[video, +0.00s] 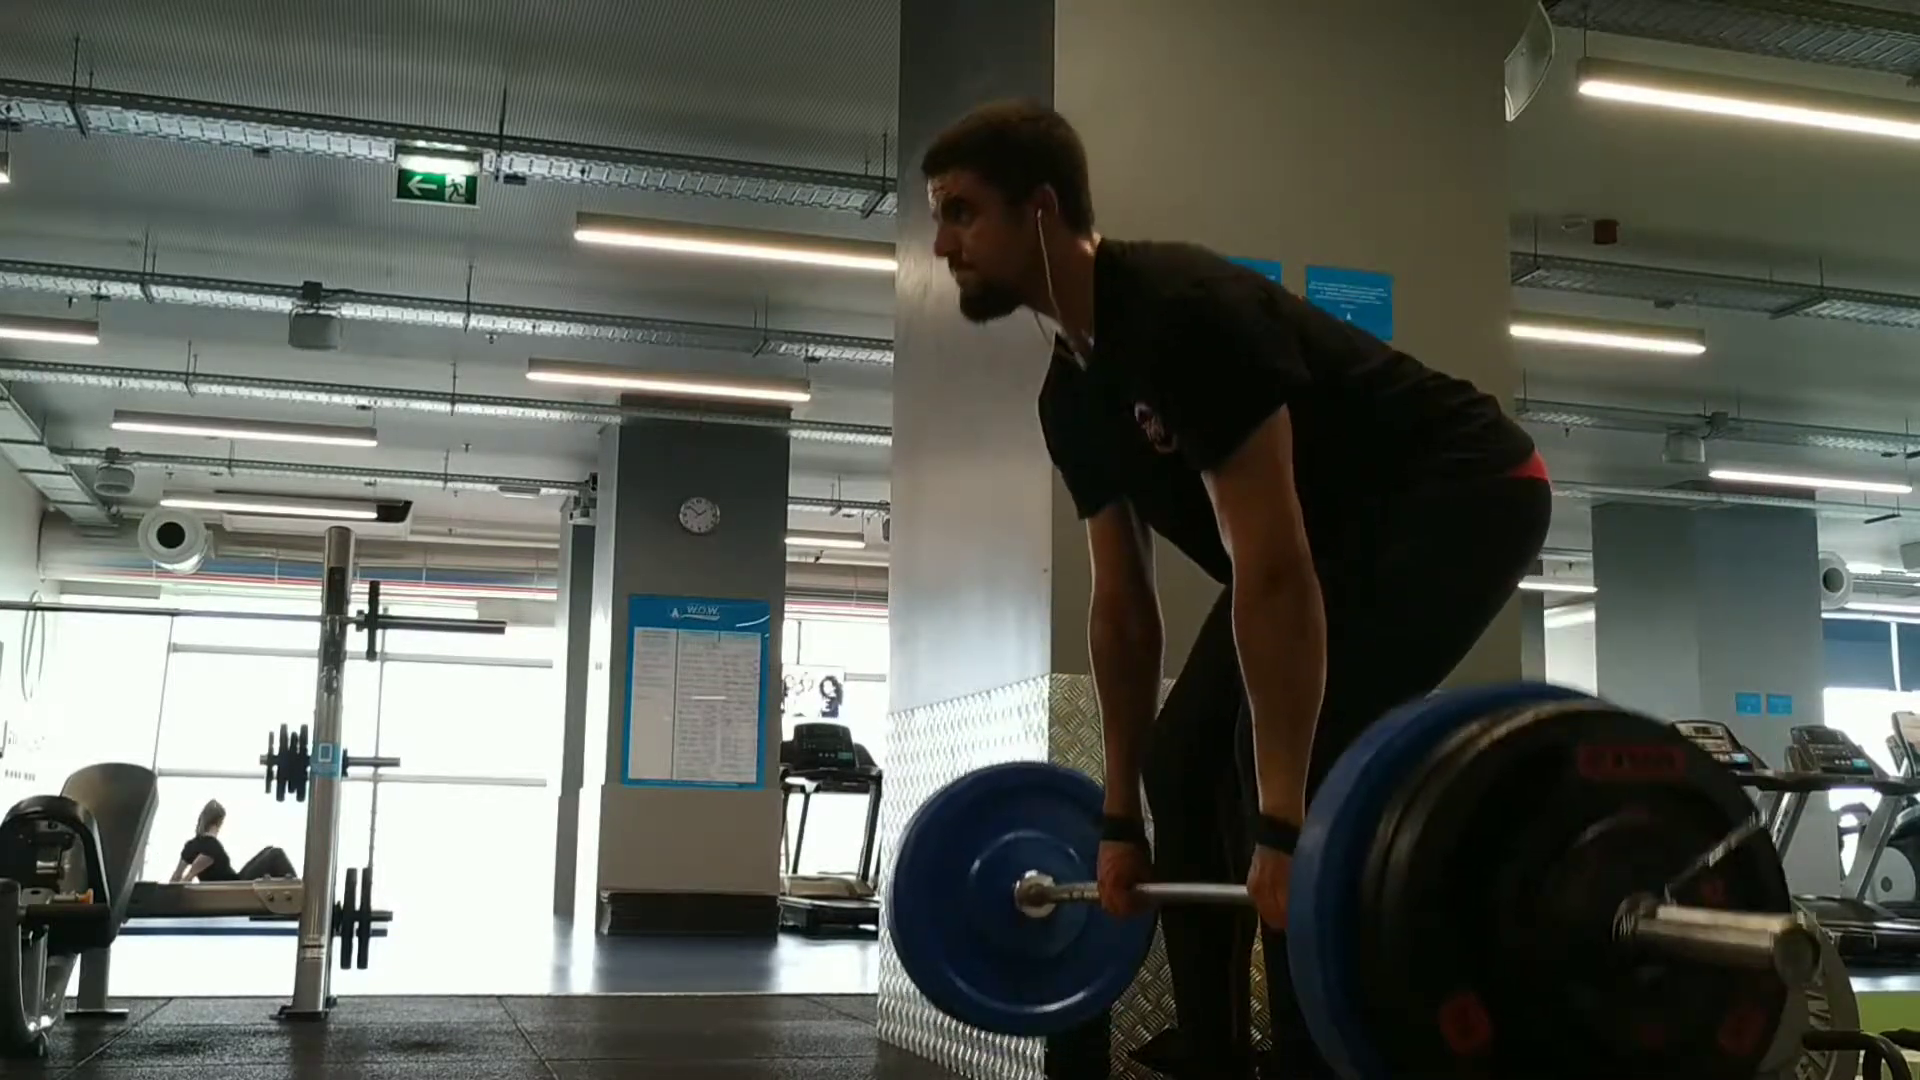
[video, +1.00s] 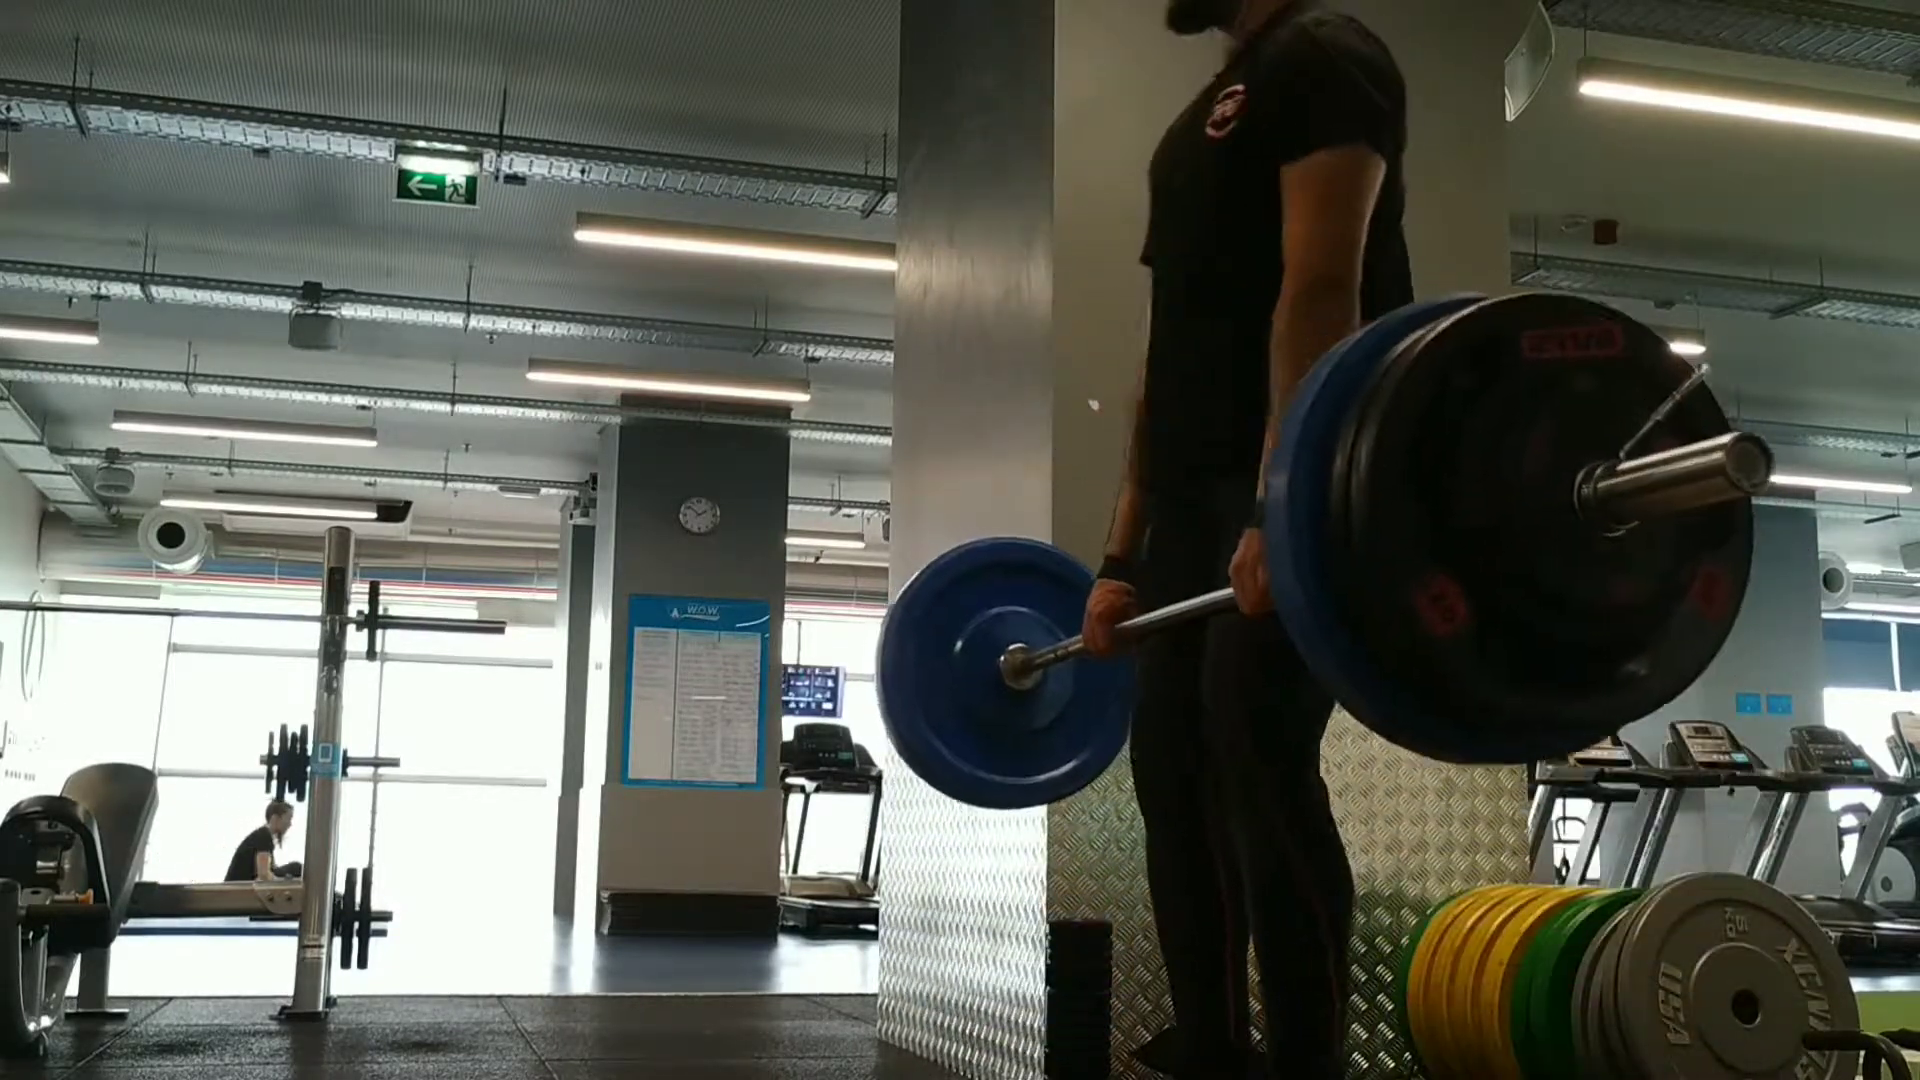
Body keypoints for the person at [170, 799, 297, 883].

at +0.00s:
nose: (222, 824)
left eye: (222, 820)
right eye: (222, 821)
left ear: (201, 820)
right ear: (218, 822)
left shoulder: (191, 845)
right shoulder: (212, 847)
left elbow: (177, 874)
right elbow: (190, 874)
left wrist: (169, 891)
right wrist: (178, 891)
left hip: (219, 887)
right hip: (235, 886)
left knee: (269, 851)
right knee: (276, 854)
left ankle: (285, 885)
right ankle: (295, 887)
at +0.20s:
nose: (228, 825)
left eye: (229, 821)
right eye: (229, 821)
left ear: (208, 818)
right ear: (226, 822)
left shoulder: (196, 843)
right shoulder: (213, 846)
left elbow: (181, 871)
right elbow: (191, 873)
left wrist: (170, 888)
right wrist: (179, 891)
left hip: (223, 887)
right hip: (237, 887)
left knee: (274, 854)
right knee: (278, 856)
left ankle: (295, 880)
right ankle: (300, 881)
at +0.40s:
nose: (246, 822)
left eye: (246, 818)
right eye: (244, 817)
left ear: (231, 817)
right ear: (235, 817)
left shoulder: (214, 837)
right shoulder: (219, 839)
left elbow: (197, 867)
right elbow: (197, 867)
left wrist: (180, 885)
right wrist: (179, 886)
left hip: (235, 886)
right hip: (238, 888)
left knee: (281, 860)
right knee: (283, 860)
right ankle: (309, 882)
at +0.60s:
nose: (263, 821)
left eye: (264, 817)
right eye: (261, 816)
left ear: (248, 815)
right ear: (249, 814)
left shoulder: (237, 834)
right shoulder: (234, 833)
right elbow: (209, 859)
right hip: (236, 887)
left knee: (289, 868)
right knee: (291, 866)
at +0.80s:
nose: (278, 822)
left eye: (279, 817)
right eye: (277, 817)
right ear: (264, 816)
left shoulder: (258, 835)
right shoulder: (251, 833)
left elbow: (252, 863)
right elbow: (235, 866)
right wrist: (252, 886)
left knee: (294, 867)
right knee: (294, 867)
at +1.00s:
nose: (290, 824)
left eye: (290, 819)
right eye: (288, 819)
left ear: (274, 818)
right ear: (275, 818)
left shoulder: (266, 835)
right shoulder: (264, 835)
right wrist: (283, 886)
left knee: (295, 867)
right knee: (295, 867)